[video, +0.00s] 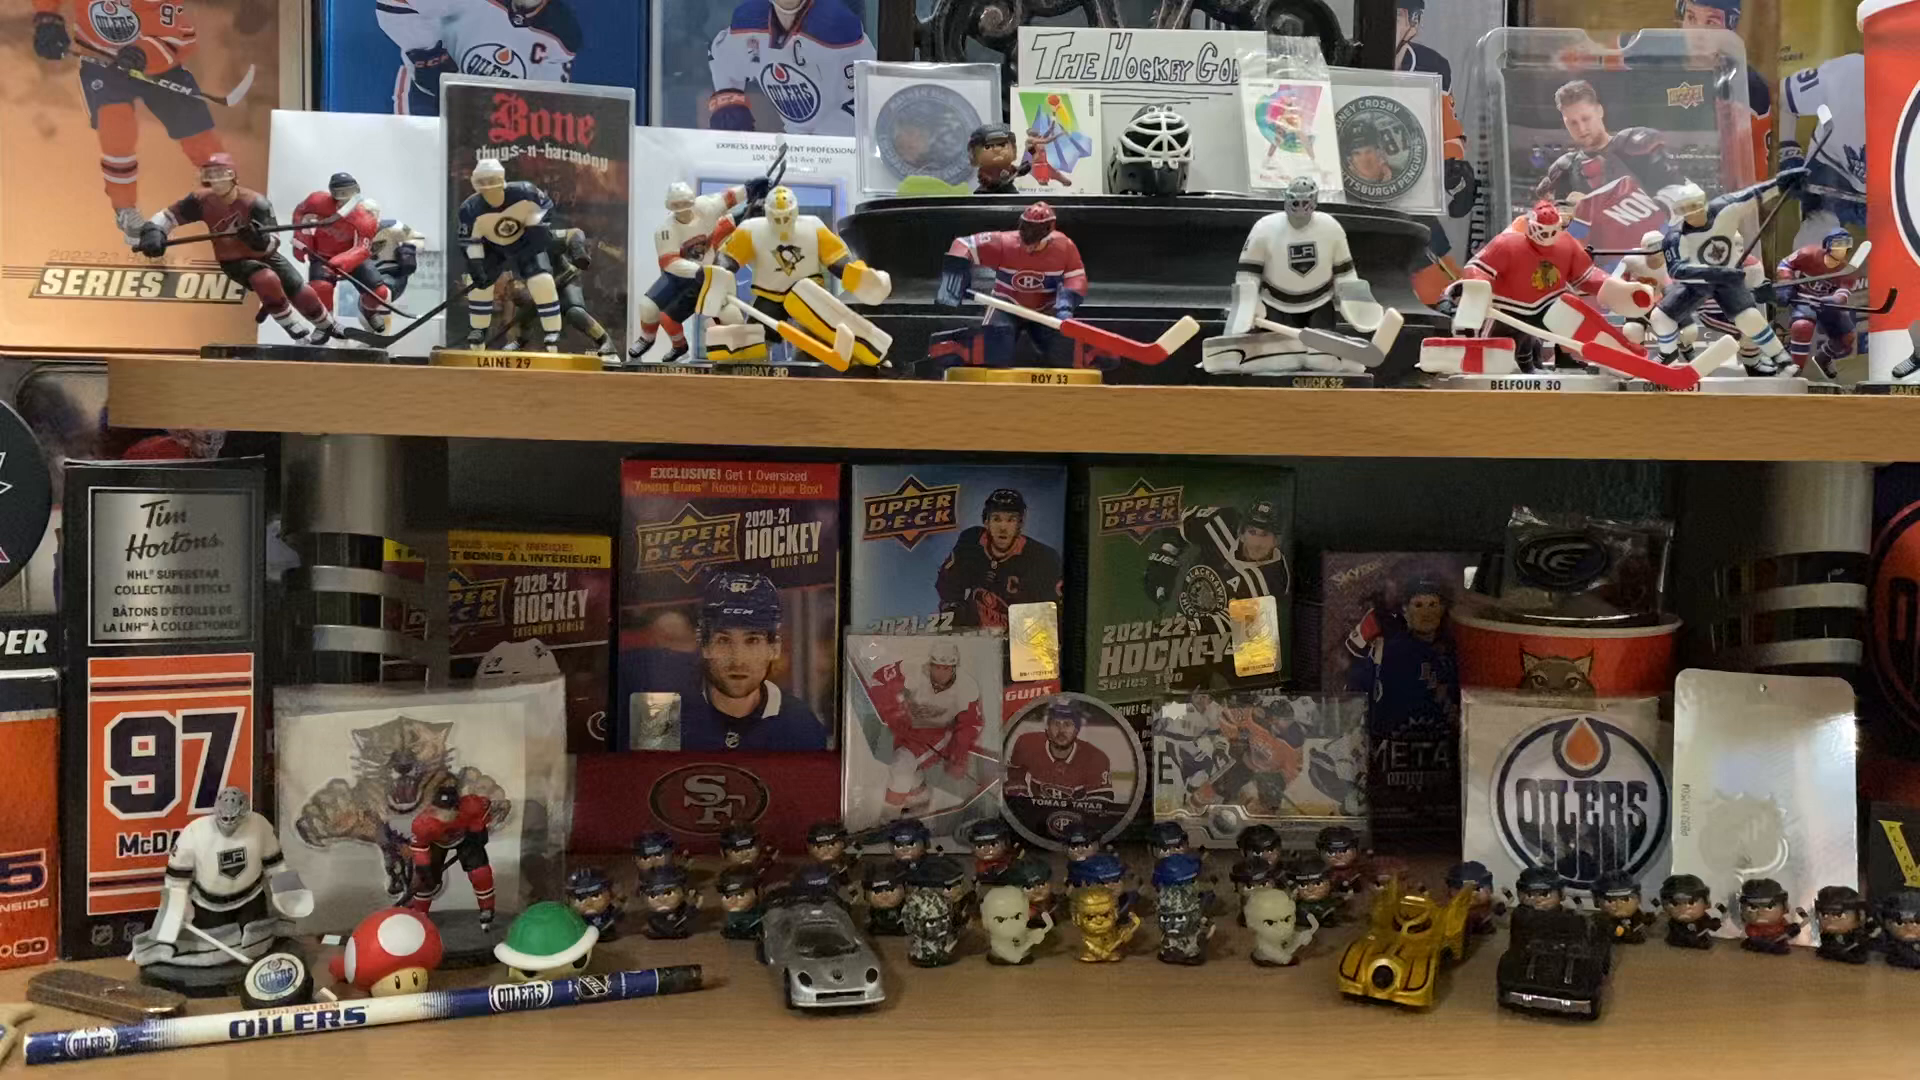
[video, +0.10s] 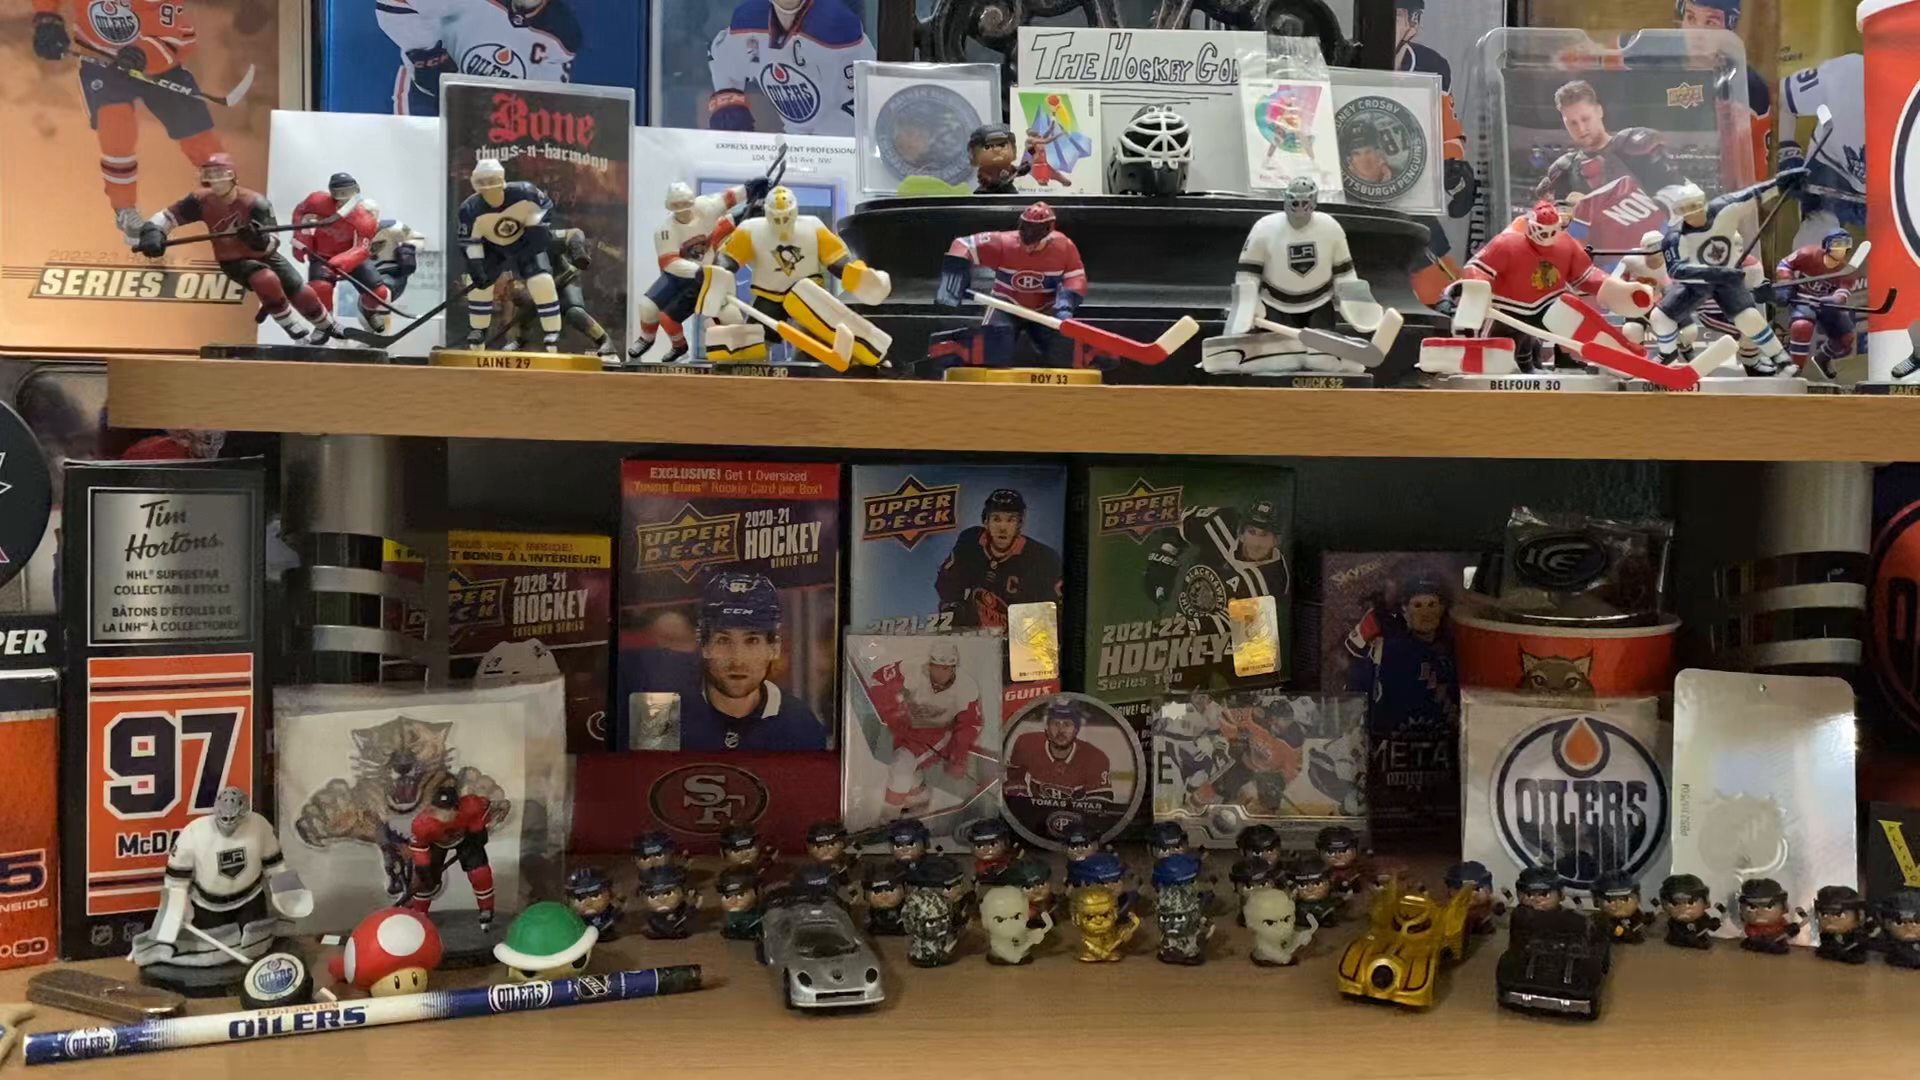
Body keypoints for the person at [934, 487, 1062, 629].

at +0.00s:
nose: (1003, 527)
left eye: (1010, 520)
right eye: (997, 520)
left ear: (1020, 524)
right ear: (986, 522)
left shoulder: (1043, 558)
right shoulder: (969, 542)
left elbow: (1050, 604)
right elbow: (945, 580)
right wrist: (952, 606)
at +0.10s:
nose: (1003, 527)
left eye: (1010, 520)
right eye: (996, 520)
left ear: (1019, 524)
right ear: (986, 522)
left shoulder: (1042, 558)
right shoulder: (969, 541)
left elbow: (1050, 605)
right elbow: (946, 578)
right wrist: (951, 605)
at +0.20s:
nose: (1003, 527)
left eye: (1010, 520)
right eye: (996, 520)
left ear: (1019, 524)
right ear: (986, 522)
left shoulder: (1042, 559)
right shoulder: (969, 542)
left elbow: (1050, 605)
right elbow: (946, 578)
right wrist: (951, 605)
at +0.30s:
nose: (1003, 527)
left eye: (1009, 520)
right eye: (996, 519)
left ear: (1019, 524)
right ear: (985, 522)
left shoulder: (1043, 559)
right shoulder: (969, 541)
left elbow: (1051, 605)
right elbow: (946, 577)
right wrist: (951, 606)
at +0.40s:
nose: (1003, 527)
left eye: (1009, 520)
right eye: (996, 519)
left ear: (1019, 524)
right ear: (985, 522)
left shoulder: (1043, 559)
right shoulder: (969, 541)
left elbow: (1051, 605)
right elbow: (946, 577)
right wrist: (951, 606)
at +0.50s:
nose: (1003, 528)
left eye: (1009, 520)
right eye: (996, 520)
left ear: (1019, 524)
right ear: (985, 522)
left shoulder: (1043, 559)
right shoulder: (969, 541)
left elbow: (1050, 606)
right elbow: (946, 577)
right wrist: (950, 606)